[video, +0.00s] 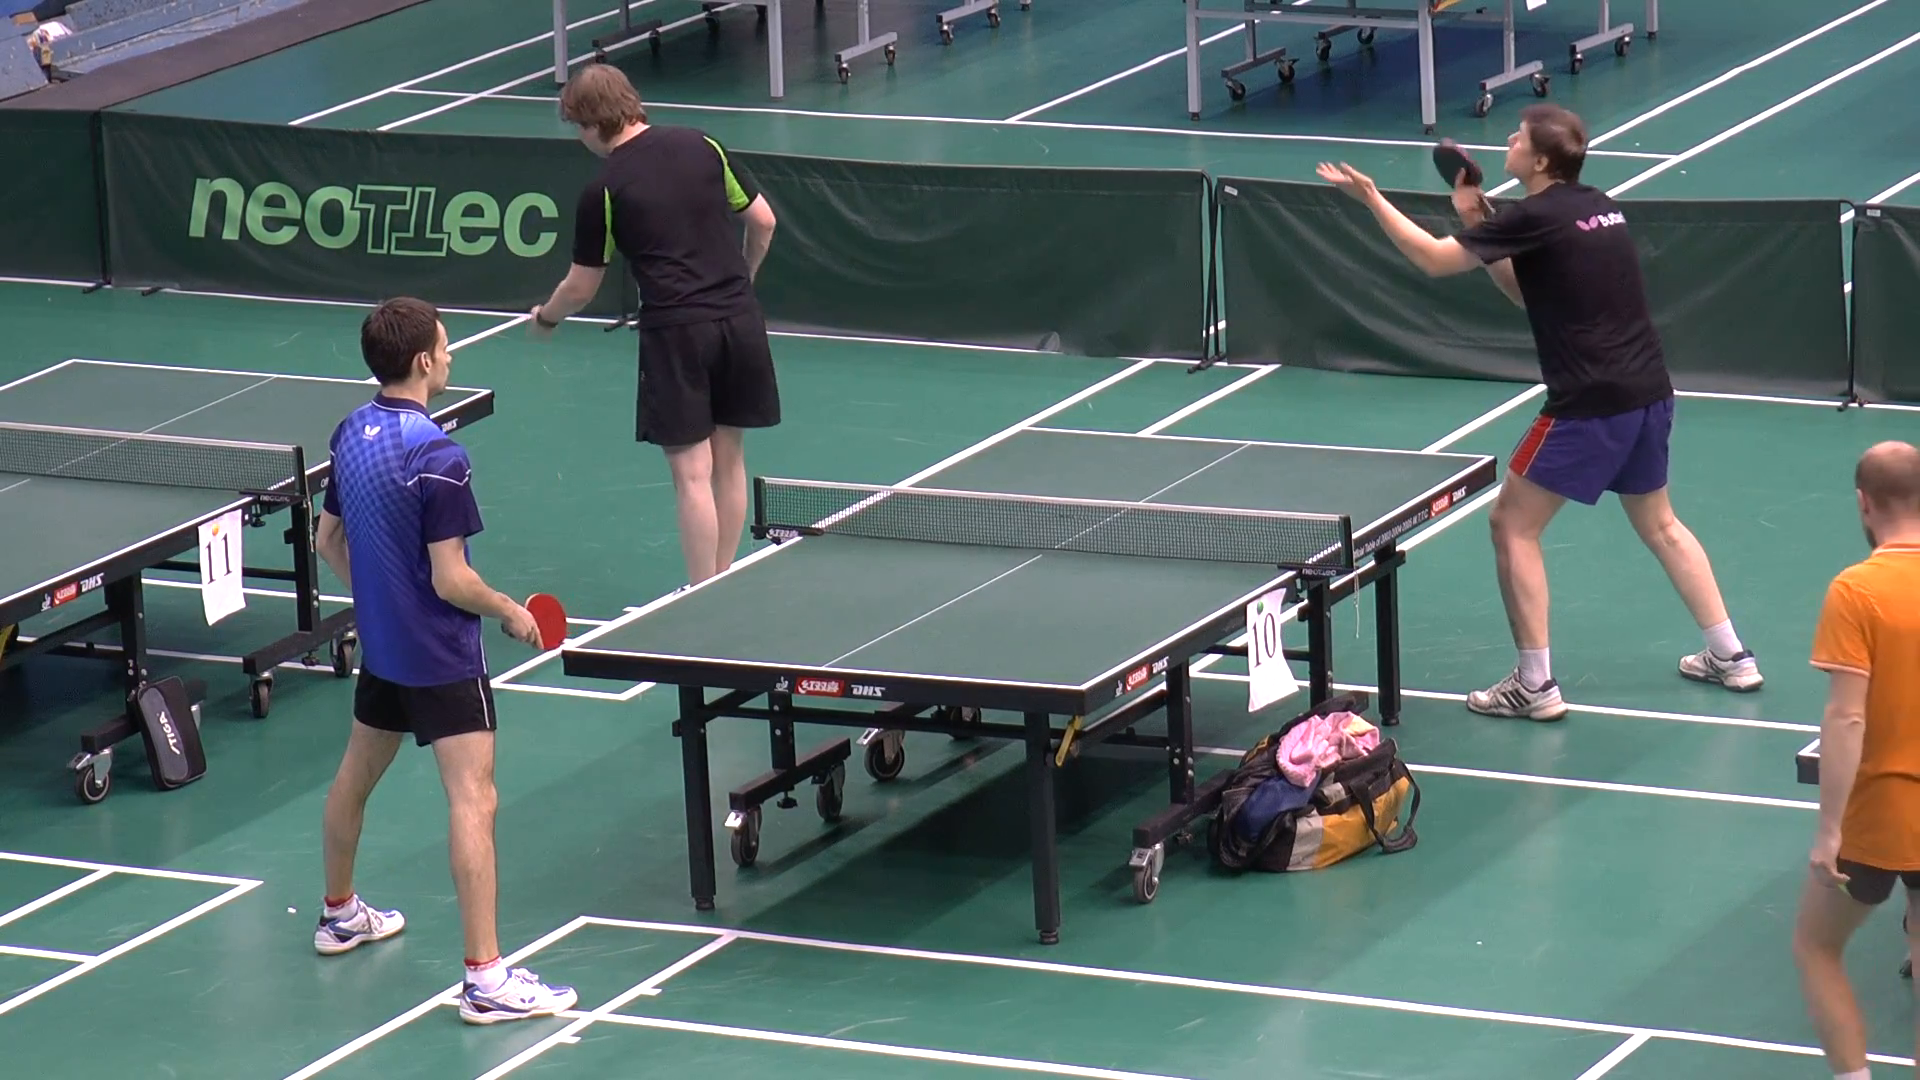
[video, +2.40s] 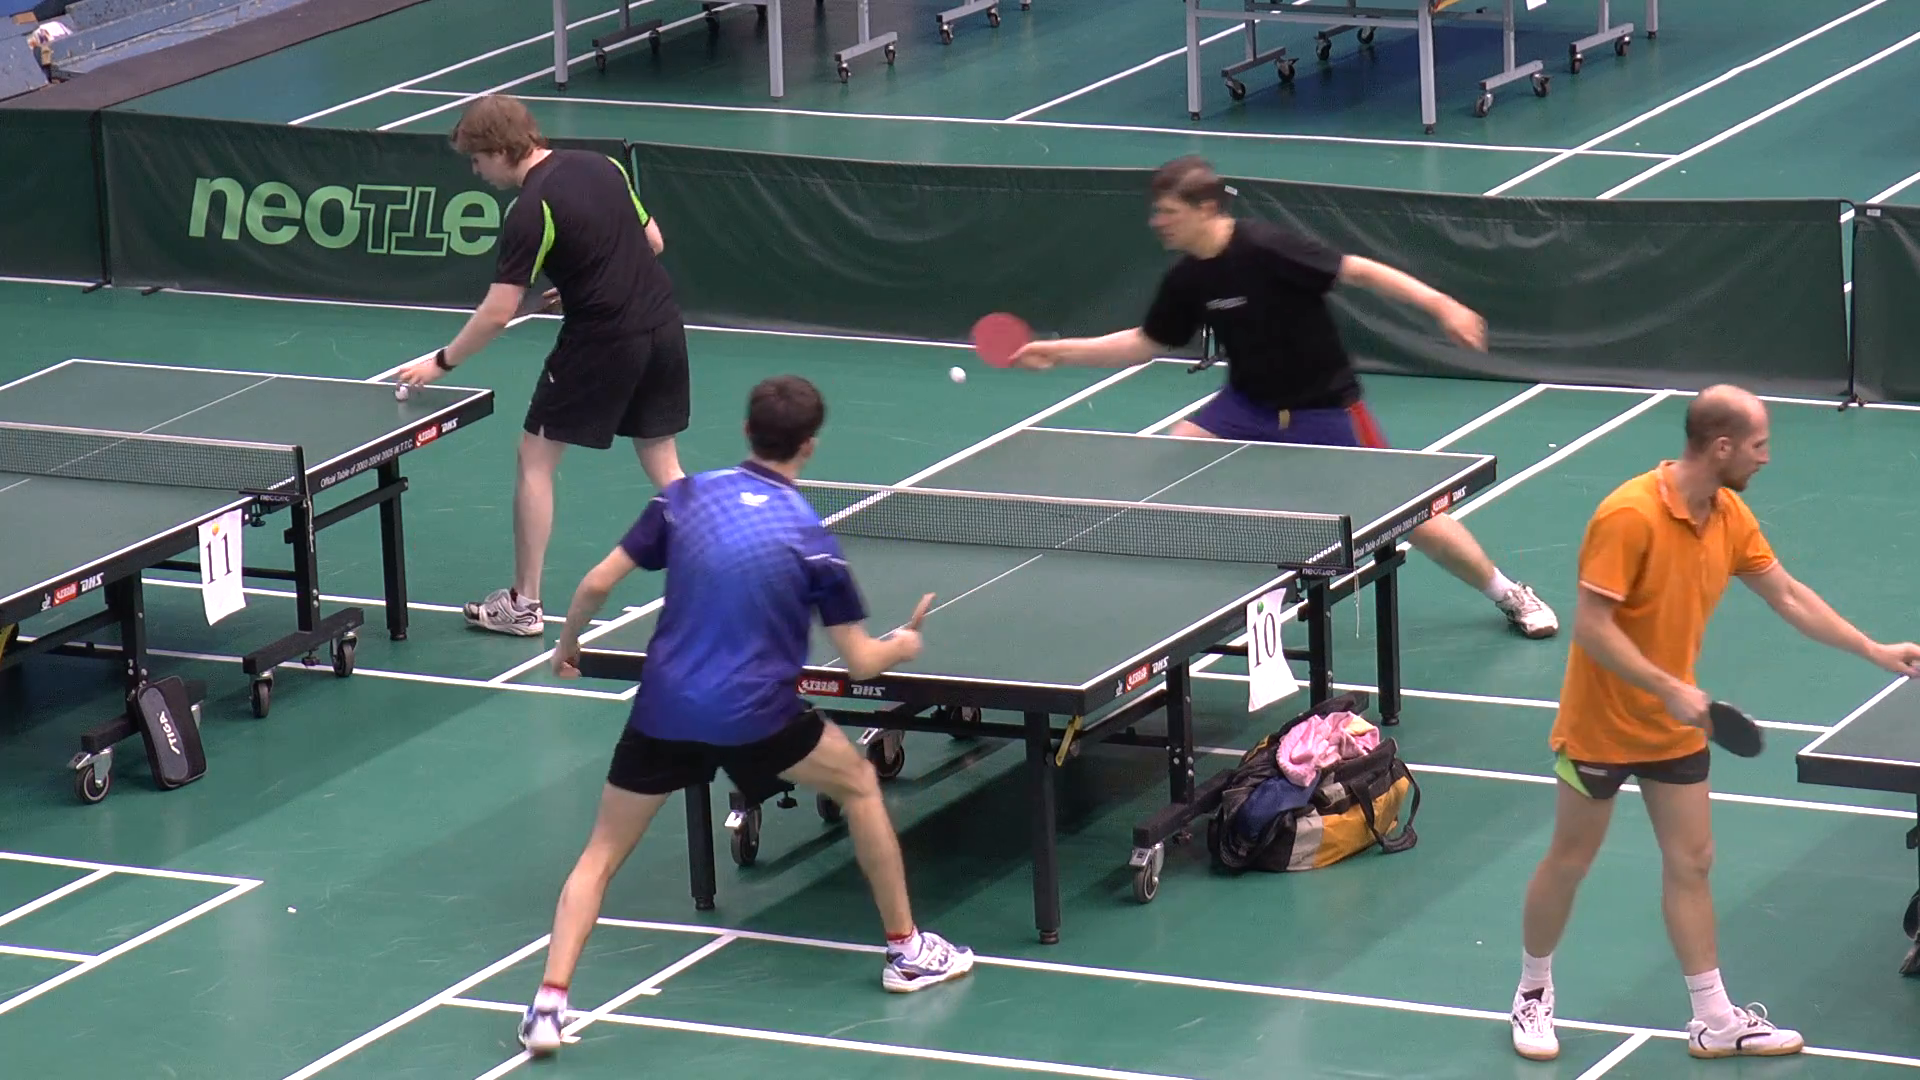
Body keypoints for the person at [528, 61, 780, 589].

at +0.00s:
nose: (581, 138)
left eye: (579, 127)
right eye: (576, 129)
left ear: (595, 121)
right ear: (633, 104)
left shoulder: (606, 186)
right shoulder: (700, 146)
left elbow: (580, 286)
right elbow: (763, 219)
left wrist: (547, 315)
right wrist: (741, 276)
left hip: (677, 333)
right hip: (740, 322)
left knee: (693, 478)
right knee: (729, 464)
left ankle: (704, 603)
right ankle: (722, 589)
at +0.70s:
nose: (608, 123)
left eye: (608, 111)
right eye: (605, 112)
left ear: (627, 107)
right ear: (663, 94)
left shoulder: (637, 165)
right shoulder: (717, 148)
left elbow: (642, 261)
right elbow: (756, 230)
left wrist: (628, 317)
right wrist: (706, 263)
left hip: (669, 340)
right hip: (725, 330)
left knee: (629, 460)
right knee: (722, 458)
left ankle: (690, 586)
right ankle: (745, 582)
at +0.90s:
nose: (599, 124)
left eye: (599, 113)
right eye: (596, 113)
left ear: (618, 107)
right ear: (654, 95)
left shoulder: (636, 164)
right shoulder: (712, 151)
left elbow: (634, 266)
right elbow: (736, 235)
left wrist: (614, 326)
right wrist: (679, 262)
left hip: (659, 333)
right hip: (715, 327)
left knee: (583, 442)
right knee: (719, 456)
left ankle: (628, 582)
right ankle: (747, 586)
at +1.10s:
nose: (562, 136)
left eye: (564, 124)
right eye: (560, 124)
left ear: (588, 118)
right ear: (616, 109)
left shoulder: (607, 175)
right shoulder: (681, 159)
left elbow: (583, 277)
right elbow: (704, 246)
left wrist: (546, 334)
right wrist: (642, 267)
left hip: (629, 344)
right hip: (690, 339)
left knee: (565, 459)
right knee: (687, 460)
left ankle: (542, 596)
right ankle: (735, 580)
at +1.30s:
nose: (497, 164)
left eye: (499, 152)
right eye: (493, 154)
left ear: (525, 145)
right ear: (550, 134)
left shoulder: (543, 207)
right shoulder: (623, 172)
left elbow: (507, 310)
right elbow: (660, 251)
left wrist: (460, 364)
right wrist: (582, 292)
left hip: (594, 350)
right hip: (657, 343)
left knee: (534, 463)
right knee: (648, 465)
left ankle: (523, 601)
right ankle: (727, 575)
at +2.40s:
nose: (476, 172)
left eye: (477, 160)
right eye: (472, 161)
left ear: (504, 149)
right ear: (527, 139)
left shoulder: (530, 208)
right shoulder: (600, 164)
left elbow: (498, 311)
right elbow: (652, 240)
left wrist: (440, 361)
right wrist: (575, 289)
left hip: (601, 340)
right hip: (663, 331)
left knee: (536, 459)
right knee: (662, 458)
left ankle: (524, 602)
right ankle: (710, 581)